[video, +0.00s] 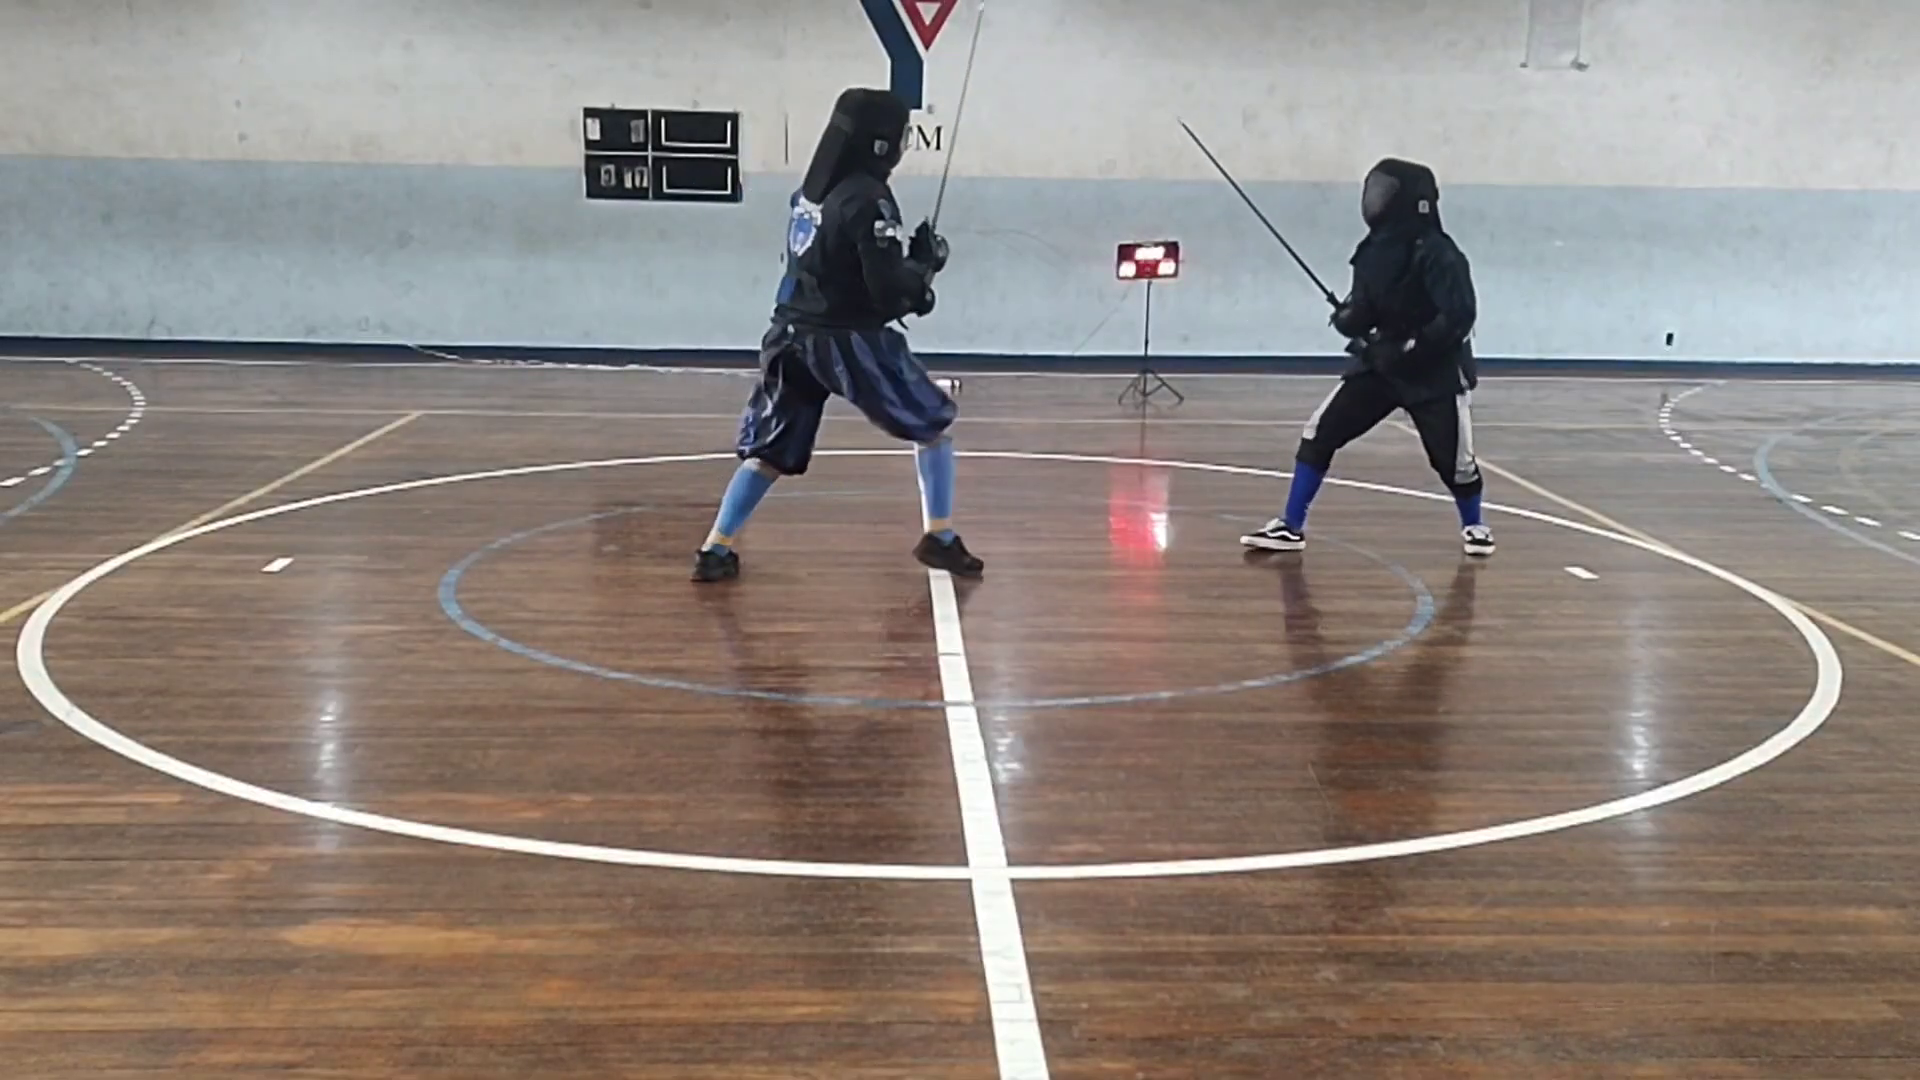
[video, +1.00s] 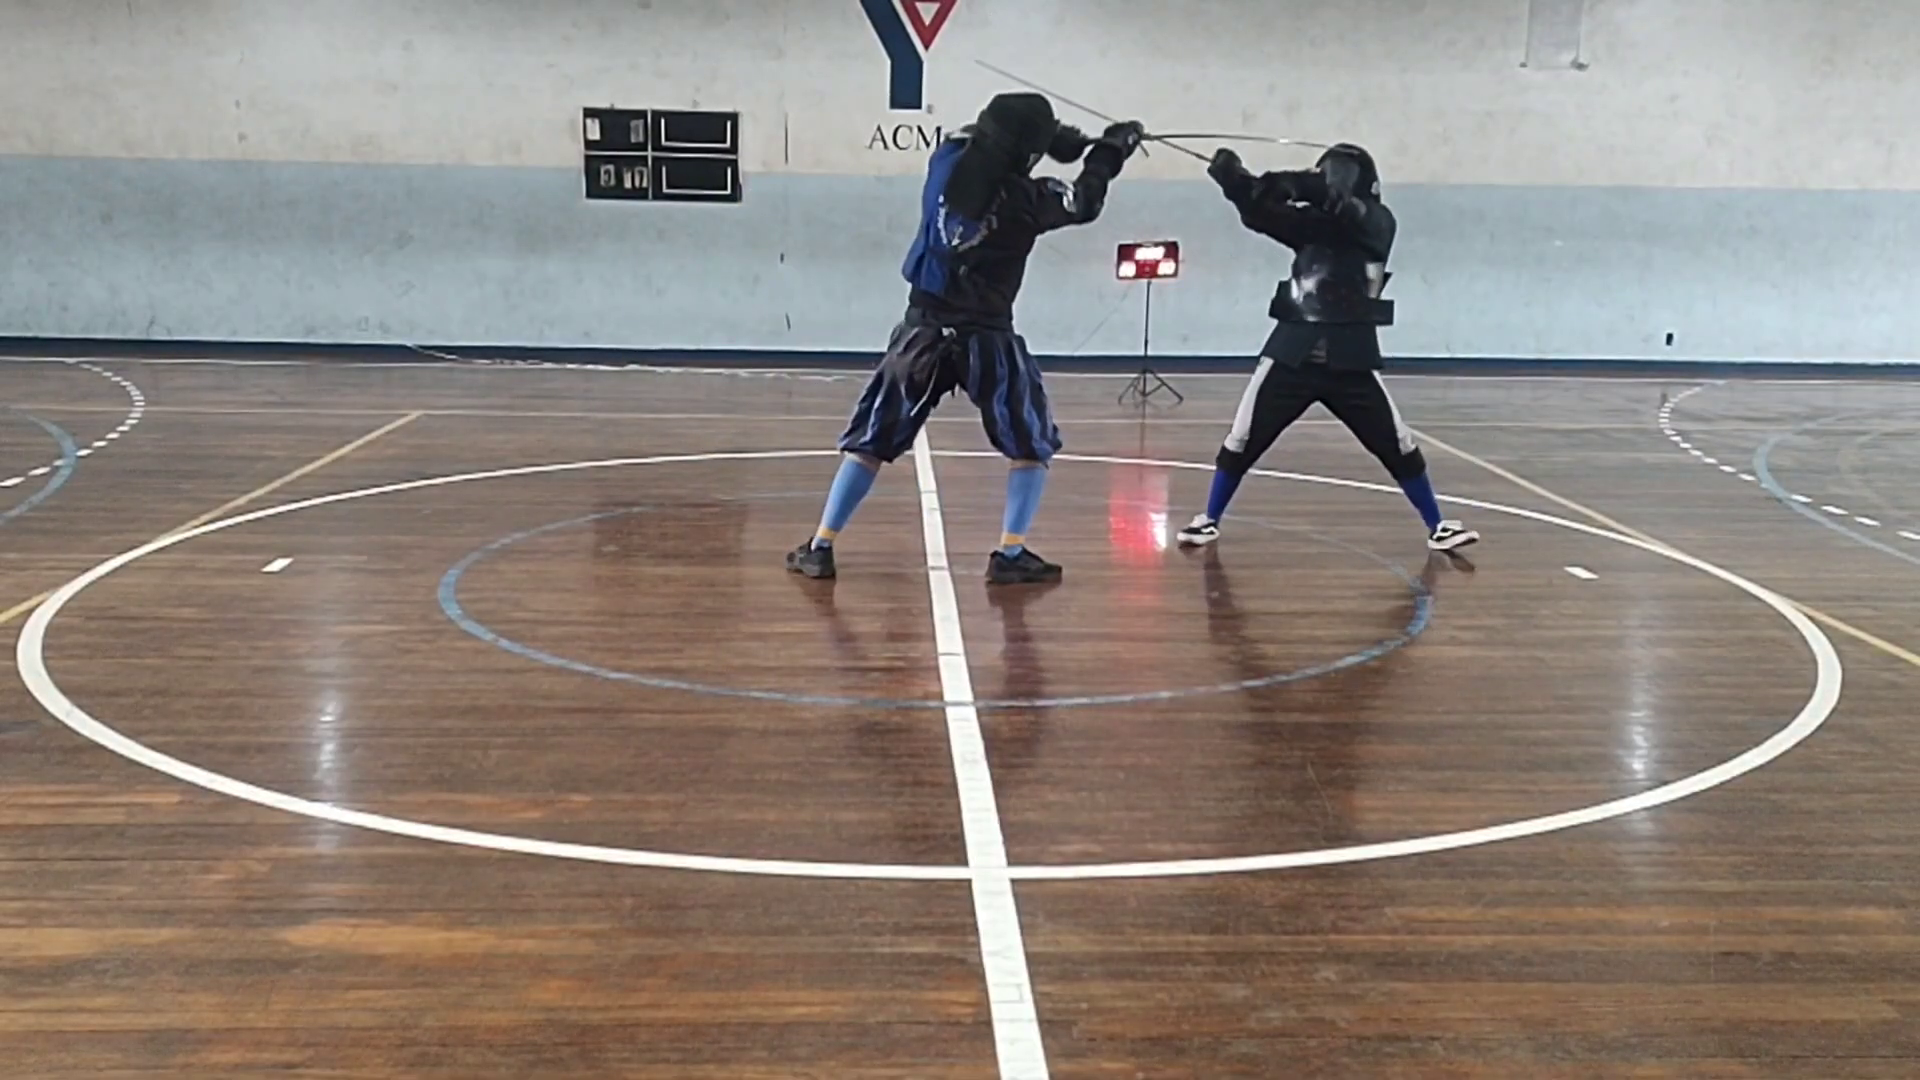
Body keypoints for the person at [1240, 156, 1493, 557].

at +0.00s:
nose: (1368, 197)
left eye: (1378, 189)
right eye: (1368, 188)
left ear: (1405, 196)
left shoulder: (1438, 251)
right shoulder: (1371, 251)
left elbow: (1459, 315)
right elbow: (1361, 311)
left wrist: (1409, 350)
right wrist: (1348, 319)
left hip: (1435, 375)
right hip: (1379, 370)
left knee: (1455, 461)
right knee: (1319, 433)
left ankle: (1473, 526)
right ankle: (1290, 526)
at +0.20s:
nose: (1355, 212)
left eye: (1366, 203)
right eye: (1356, 202)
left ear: (1395, 211)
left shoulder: (1428, 269)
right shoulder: (1352, 260)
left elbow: (1417, 347)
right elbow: (1326, 324)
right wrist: (1309, 310)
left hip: (1407, 387)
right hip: (1346, 380)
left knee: (1446, 467)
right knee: (1276, 435)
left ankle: (1473, 526)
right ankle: (1242, 516)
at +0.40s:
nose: (1333, 207)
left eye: (1342, 199)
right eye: (1329, 198)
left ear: (1360, 201)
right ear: (1323, 198)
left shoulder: (1385, 237)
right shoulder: (1311, 230)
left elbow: (1340, 236)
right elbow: (1263, 228)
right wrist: (1226, 198)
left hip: (1367, 377)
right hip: (1308, 375)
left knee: (1434, 451)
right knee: (1249, 449)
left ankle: (1468, 528)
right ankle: (1209, 519)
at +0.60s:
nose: (1321, 185)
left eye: (1331, 179)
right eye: (1317, 178)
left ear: (1353, 185)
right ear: (1311, 183)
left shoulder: (1372, 226)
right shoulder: (1299, 226)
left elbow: (1331, 206)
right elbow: (1257, 213)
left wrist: (1290, 185)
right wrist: (1228, 176)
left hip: (1355, 370)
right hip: (1295, 369)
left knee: (1418, 446)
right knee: (1245, 447)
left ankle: (1444, 529)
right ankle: (1208, 521)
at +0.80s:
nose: (1331, 184)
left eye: (1341, 176)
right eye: (1325, 175)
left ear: (1363, 183)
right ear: (1318, 183)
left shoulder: (1382, 226)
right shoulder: (1309, 228)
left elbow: (1342, 209)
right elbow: (1262, 215)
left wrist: (1302, 187)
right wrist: (1235, 179)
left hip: (1364, 371)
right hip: (1301, 369)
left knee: (1420, 447)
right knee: (1250, 444)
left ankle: (1442, 530)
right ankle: (1209, 520)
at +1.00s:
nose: (1326, 179)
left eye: (1335, 172)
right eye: (1322, 172)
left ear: (1359, 178)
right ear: (1320, 178)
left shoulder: (1379, 223)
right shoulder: (1311, 222)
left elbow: (1334, 205)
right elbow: (1260, 216)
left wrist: (1291, 184)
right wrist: (1235, 181)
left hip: (1350, 364)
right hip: (1291, 360)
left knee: (1398, 445)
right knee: (1243, 439)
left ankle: (1437, 527)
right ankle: (1209, 519)